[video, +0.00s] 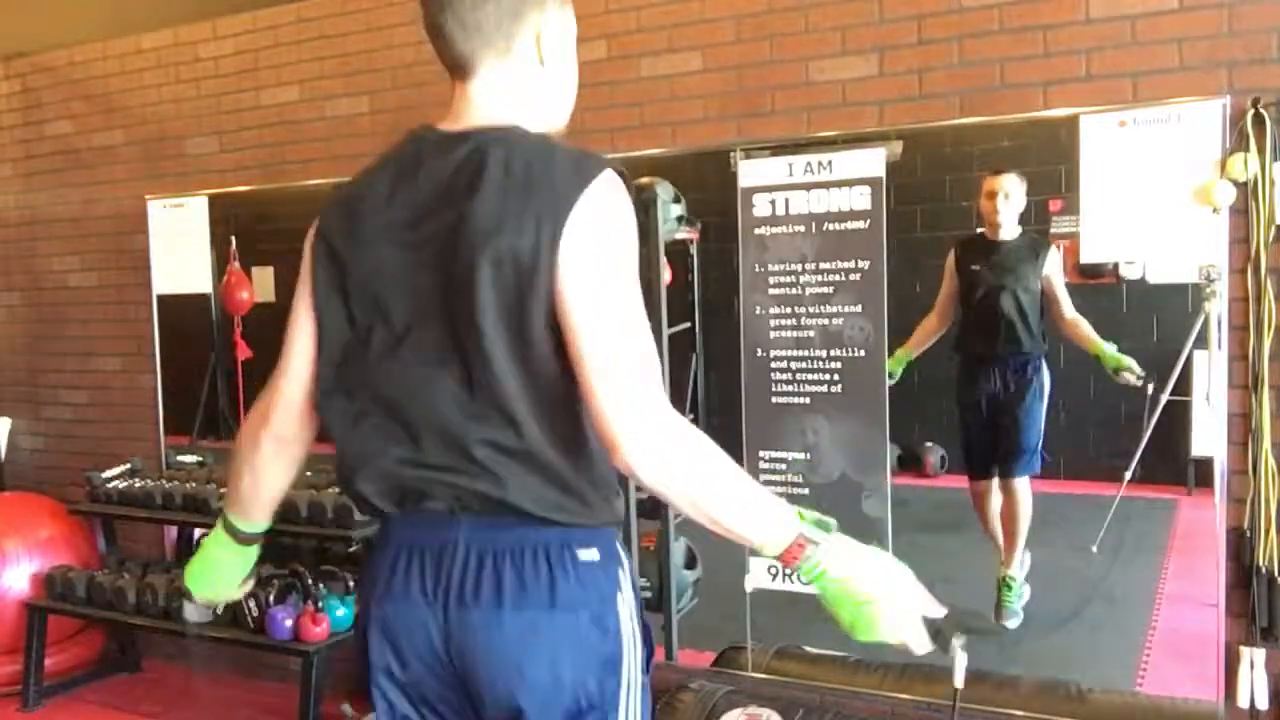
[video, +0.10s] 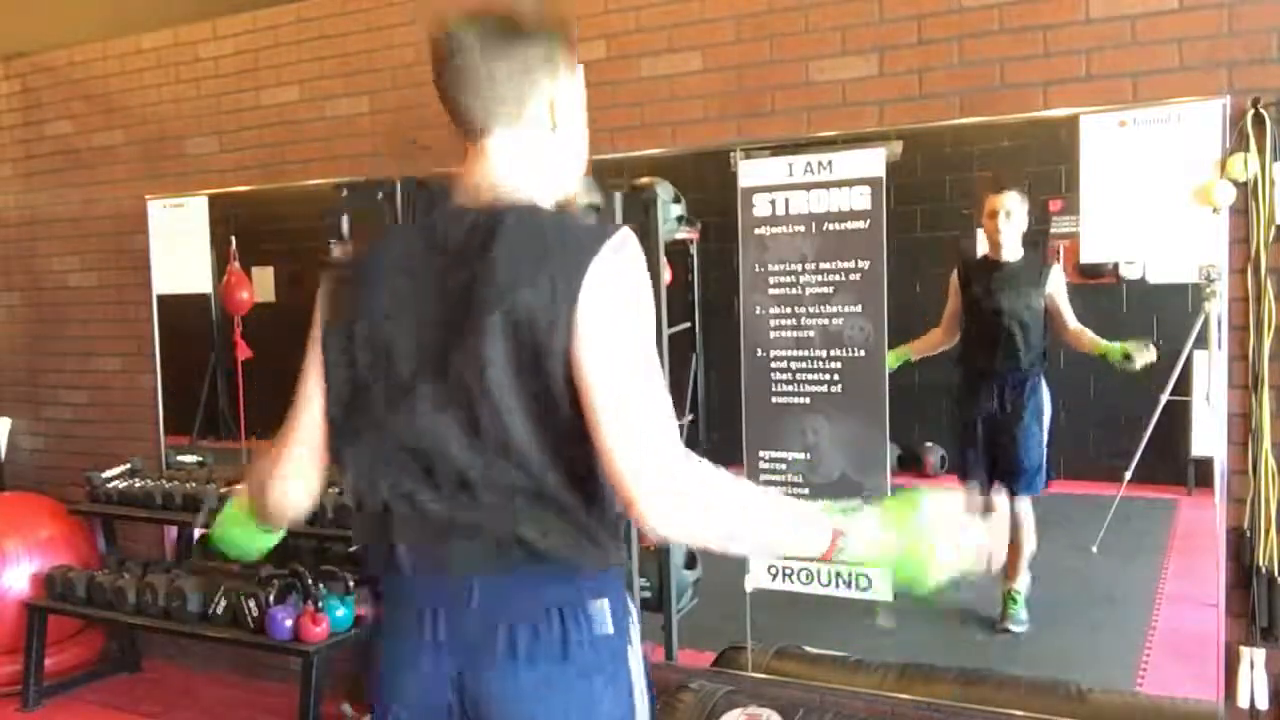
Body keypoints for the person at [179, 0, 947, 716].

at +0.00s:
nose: (576, 73)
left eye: (573, 47)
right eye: (573, 47)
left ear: (445, 52)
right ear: (546, 42)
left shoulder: (346, 213)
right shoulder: (576, 189)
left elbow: (283, 421)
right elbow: (639, 432)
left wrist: (232, 539)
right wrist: (815, 550)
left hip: (403, 581)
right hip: (554, 583)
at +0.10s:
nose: (587, 129)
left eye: (582, 107)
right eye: (580, 105)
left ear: (457, 115)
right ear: (558, 108)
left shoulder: (356, 278)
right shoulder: (590, 257)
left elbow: (285, 491)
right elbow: (662, 492)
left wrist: (255, 502)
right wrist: (855, 531)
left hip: (411, 618)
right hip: (559, 618)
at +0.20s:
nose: (593, 159)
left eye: (587, 138)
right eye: (589, 137)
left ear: (465, 147)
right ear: (569, 144)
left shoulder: (371, 308)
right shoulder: (609, 301)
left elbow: (286, 510)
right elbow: (699, 529)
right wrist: (877, 512)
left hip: (410, 666)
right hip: (561, 670)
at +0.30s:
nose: (597, 91)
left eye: (595, 65)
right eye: (593, 65)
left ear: (468, 70)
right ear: (565, 64)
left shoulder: (367, 226)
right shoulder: (599, 216)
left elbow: (290, 442)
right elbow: (672, 446)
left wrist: (266, 515)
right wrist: (839, 523)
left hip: (398, 597)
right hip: (545, 603)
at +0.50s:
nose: (585, 121)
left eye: (582, 96)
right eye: (580, 95)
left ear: (454, 104)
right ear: (557, 94)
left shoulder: (360, 264)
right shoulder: (591, 247)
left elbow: (282, 482)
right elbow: (646, 490)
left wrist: (253, 499)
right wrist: (838, 538)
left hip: (393, 615)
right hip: (543, 626)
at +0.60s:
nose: (579, 160)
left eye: (573, 138)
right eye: (572, 137)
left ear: (453, 149)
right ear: (549, 144)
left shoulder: (350, 311)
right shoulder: (586, 303)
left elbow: (268, 510)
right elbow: (659, 533)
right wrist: (837, 524)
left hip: (382, 675)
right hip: (532, 682)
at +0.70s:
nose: (570, 107)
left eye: (567, 75)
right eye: (563, 75)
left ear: (442, 79)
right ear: (529, 72)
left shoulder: (341, 241)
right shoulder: (565, 215)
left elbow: (265, 452)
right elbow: (634, 456)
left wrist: (245, 524)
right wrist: (810, 530)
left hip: (367, 609)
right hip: (510, 616)